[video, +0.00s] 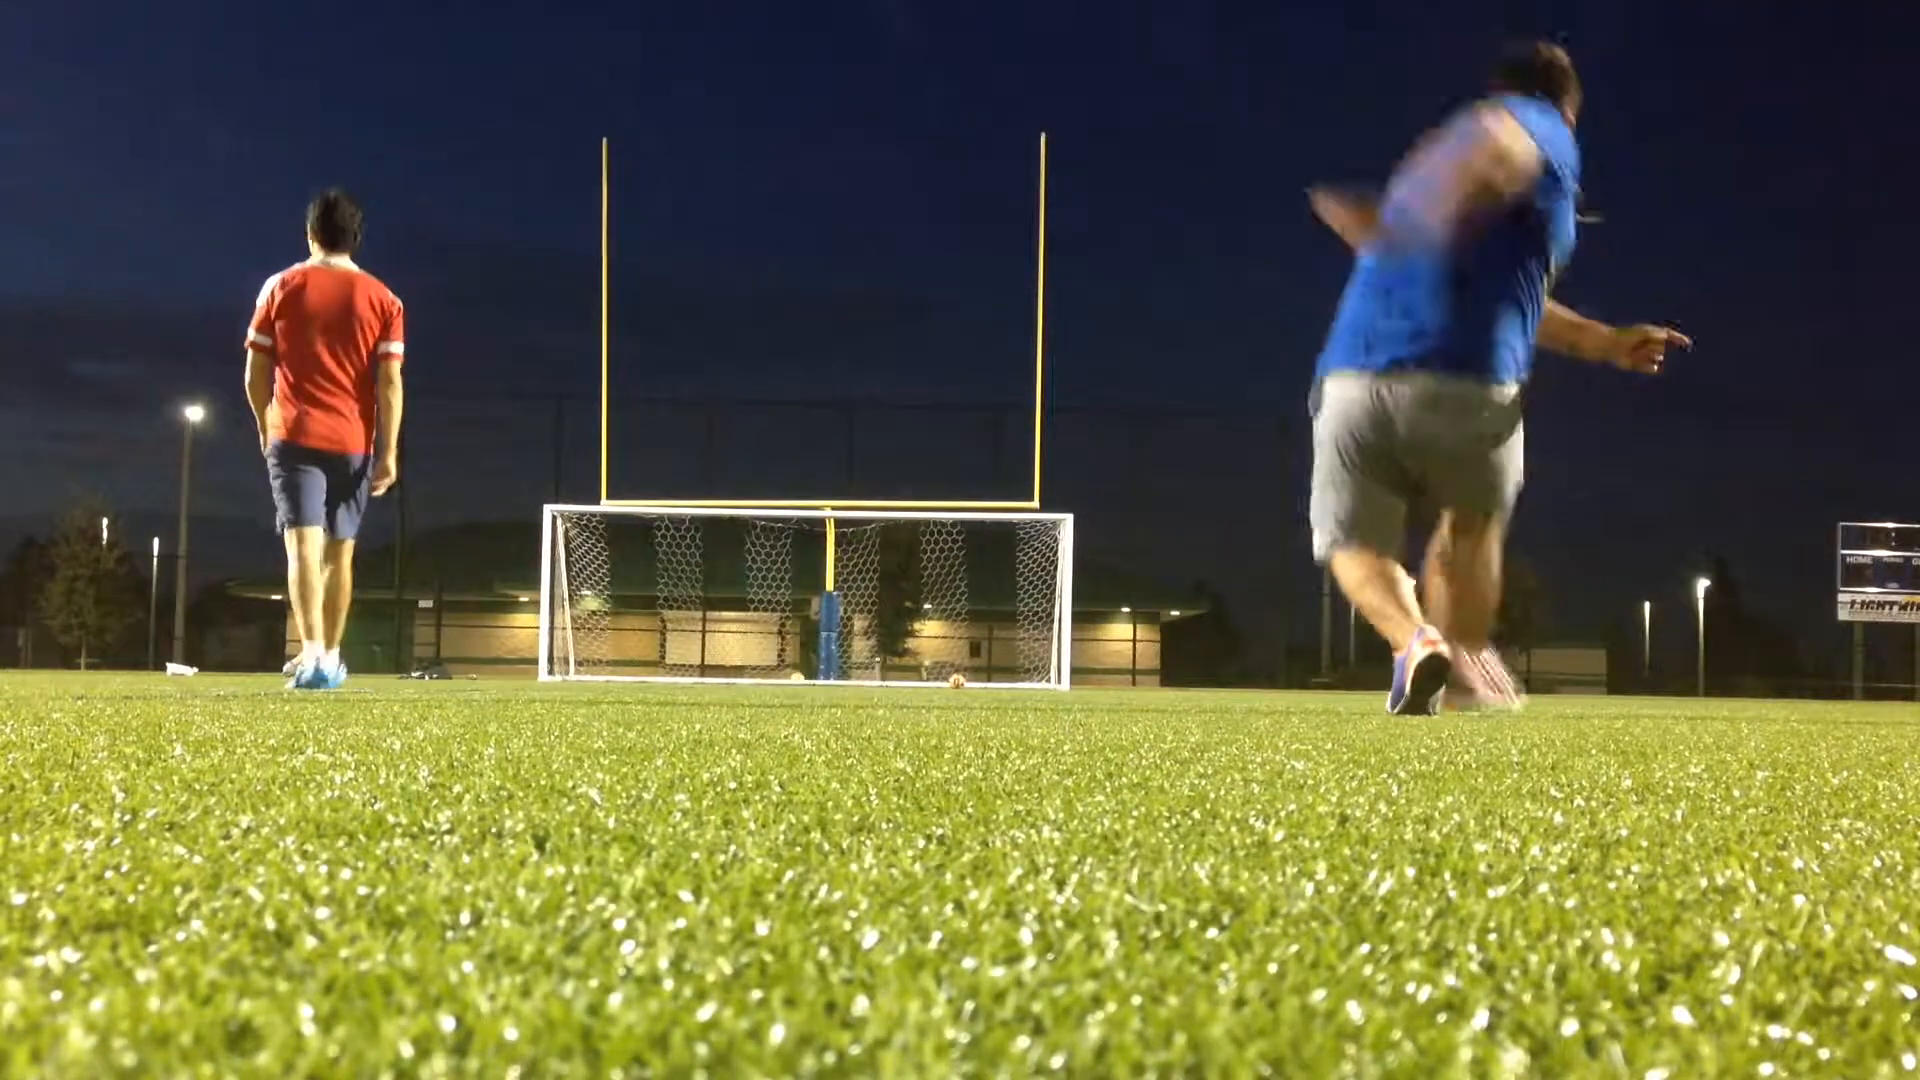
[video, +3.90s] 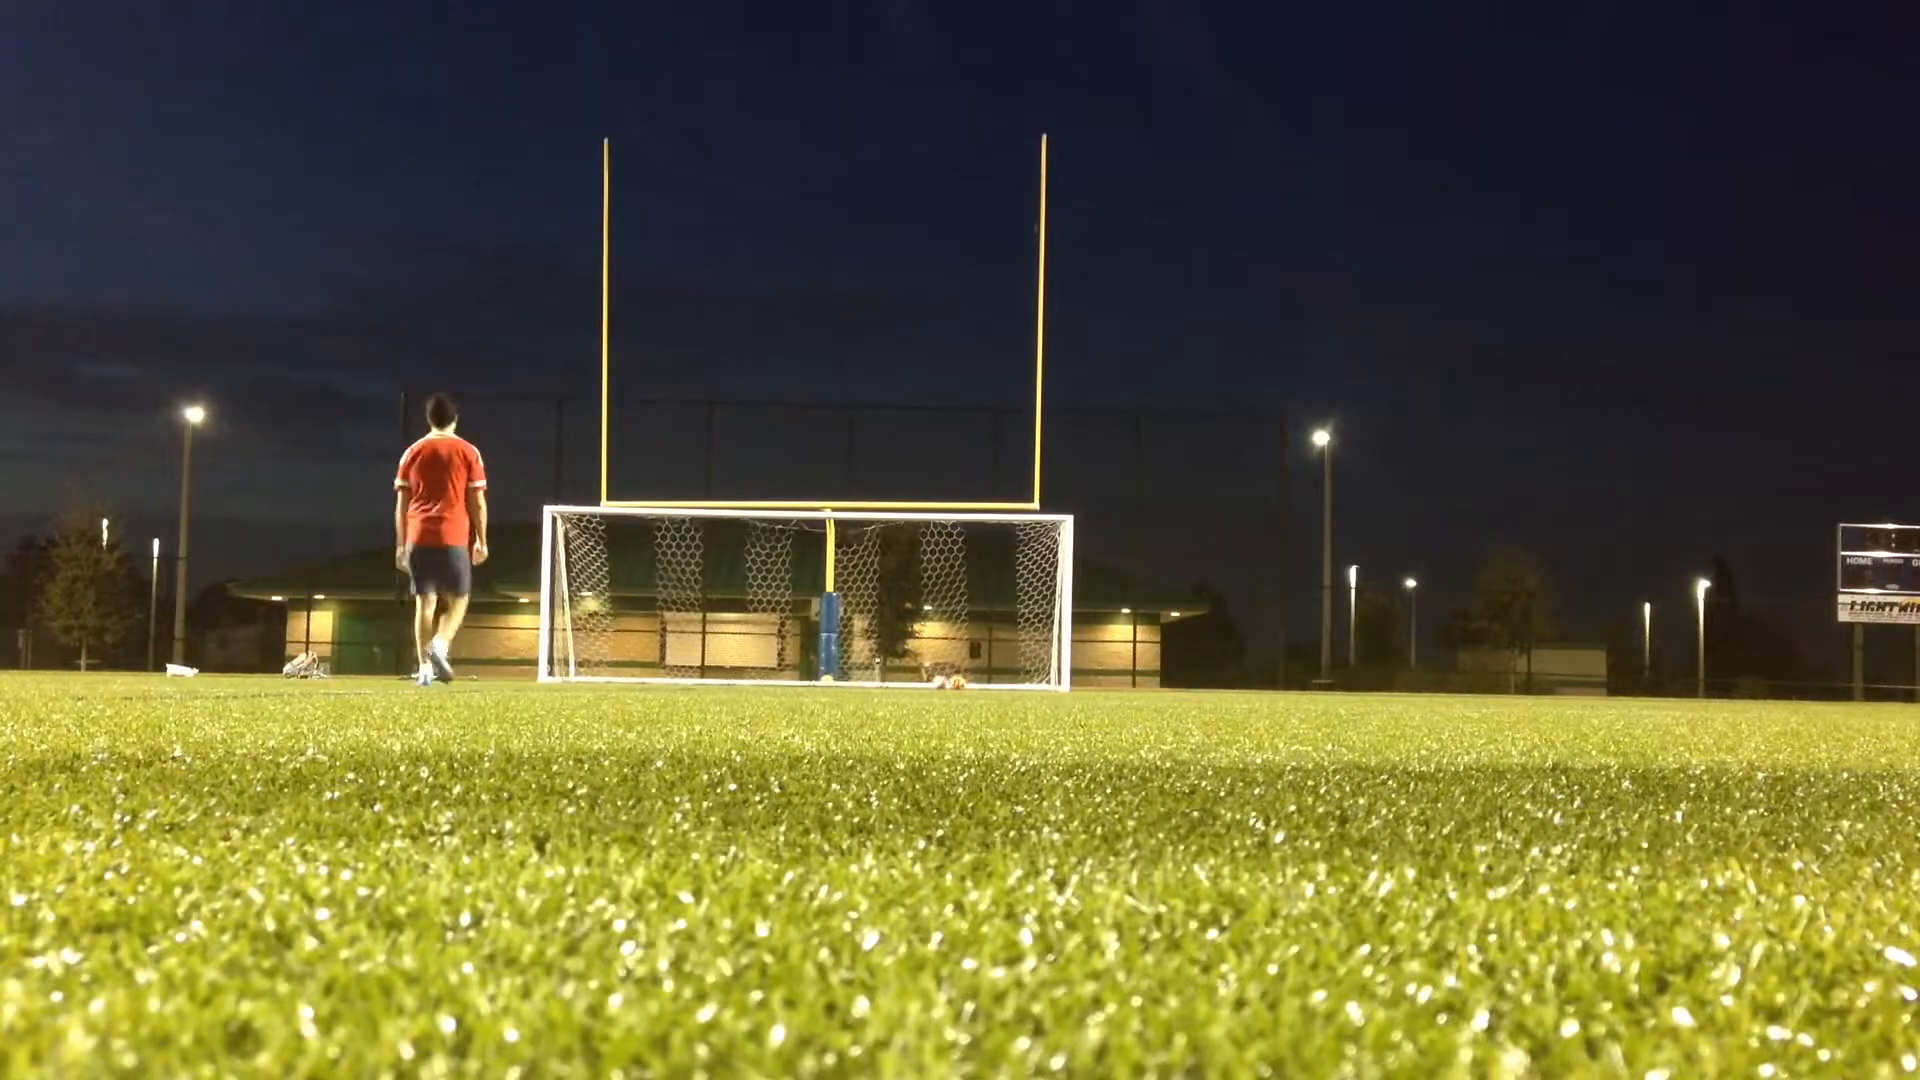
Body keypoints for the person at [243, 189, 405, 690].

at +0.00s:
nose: (308, 236)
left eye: (308, 230)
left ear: (309, 234)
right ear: (356, 237)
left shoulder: (281, 286)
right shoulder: (383, 298)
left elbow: (255, 372)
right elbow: (390, 382)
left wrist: (266, 426)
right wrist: (388, 452)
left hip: (293, 431)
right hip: (351, 438)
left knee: (304, 545)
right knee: (339, 555)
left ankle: (311, 654)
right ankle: (330, 658)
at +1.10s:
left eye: (299, 301)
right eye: (327, 302)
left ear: (293, 305)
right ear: (333, 307)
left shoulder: (269, 349)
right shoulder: (355, 356)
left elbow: (249, 422)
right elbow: (368, 427)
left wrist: (263, 465)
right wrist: (375, 486)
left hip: (279, 470)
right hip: (331, 476)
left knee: (285, 567)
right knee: (323, 575)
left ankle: (288, 655)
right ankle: (318, 662)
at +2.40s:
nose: (356, 363)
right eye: (358, 358)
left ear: (325, 360)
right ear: (359, 361)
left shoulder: (305, 398)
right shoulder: (374, 403)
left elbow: (289, 457)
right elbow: (383, 463)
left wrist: (285, 505)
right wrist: (384, 510)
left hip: (309, 501)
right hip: (352, 504)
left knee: (309, 576)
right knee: (339, 586)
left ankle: (300, 643)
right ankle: (325, 664)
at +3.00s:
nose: (362, 388)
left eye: (363, 383)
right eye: (365, 383)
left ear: (366, 386)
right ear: (395, 387)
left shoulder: (347, 421)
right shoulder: (411, 426)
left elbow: (332, 476)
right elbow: (418, 480)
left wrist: (343, 508)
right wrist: (424, 527)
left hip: (351, 515)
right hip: (392, 518)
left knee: (351, 592)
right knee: (397, 592)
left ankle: (348, 665)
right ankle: (396, 663)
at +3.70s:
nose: (418, 421)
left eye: (417, 417)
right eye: (424, 417)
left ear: (418, 419)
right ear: (444, 419)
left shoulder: (404, 453)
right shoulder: (461, 454)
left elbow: (389, 500)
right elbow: (471, 501)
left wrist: (380, 542)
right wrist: (470, 528)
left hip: (409, 538)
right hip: (443, 538)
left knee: (418, 604)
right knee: (433, 602)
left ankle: (424, 666)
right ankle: (416, 660)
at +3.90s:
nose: (448, 422)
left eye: (436, 417)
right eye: (452, 418)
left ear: (428, 419)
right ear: (455, 420)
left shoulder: (412, 452)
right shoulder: (468, 452)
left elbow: (402, 502)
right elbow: (478, 501)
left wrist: (400, 543)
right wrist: (481, 538)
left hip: (418, 538)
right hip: (454, 538)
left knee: (424, 602)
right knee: (458, 600)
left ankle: (424, 669)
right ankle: (440, 643)